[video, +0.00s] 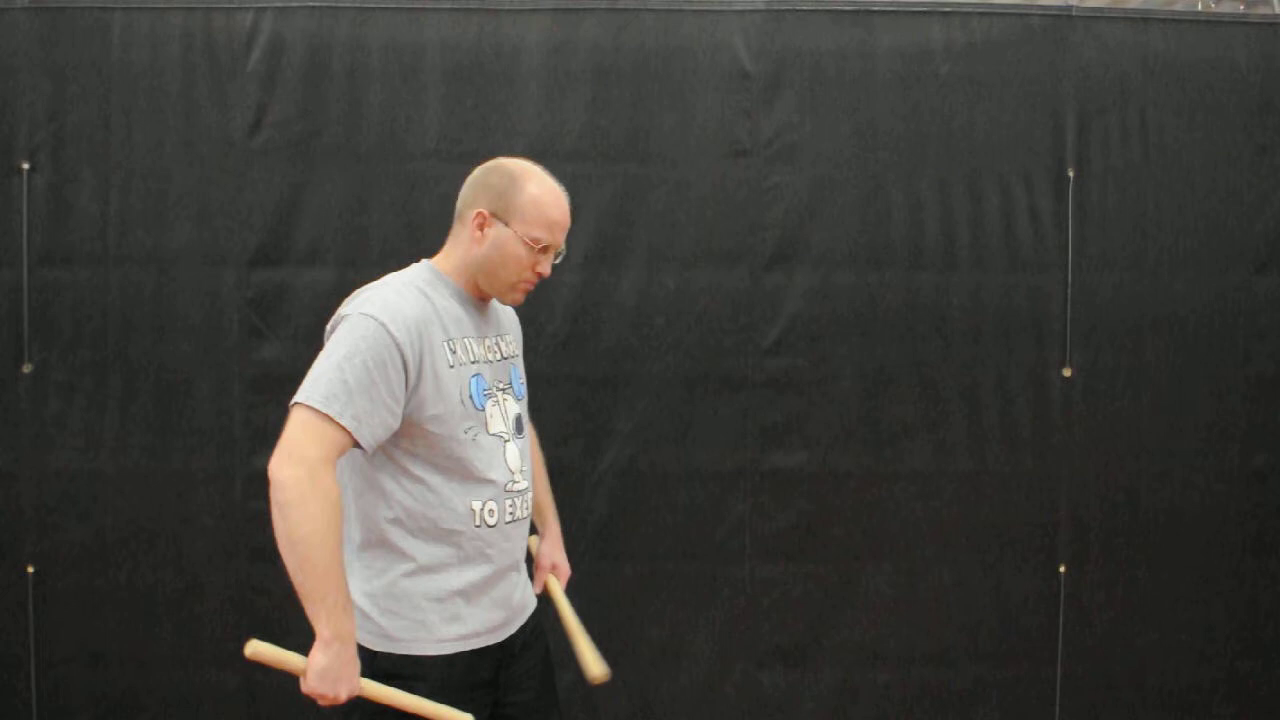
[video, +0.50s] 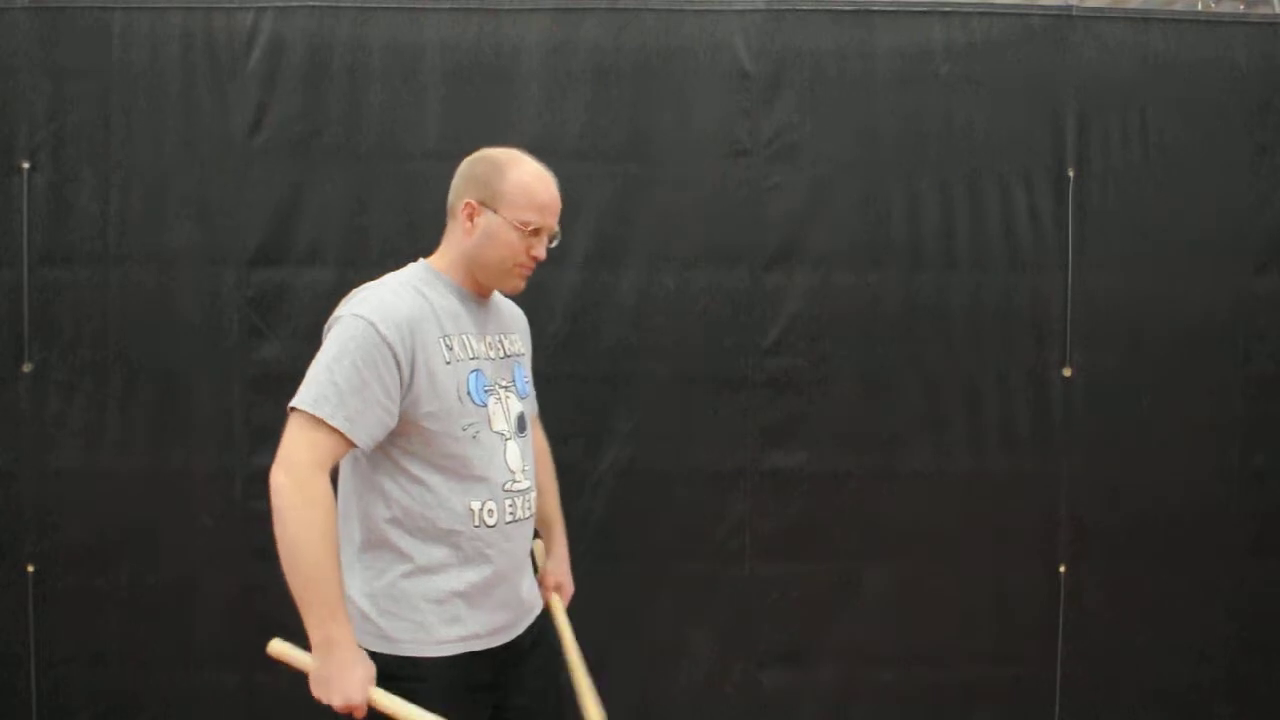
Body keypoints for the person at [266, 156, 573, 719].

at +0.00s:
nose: (546, 268)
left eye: (555, 254)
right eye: (537, 247)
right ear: (481, 226)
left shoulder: (503, 321)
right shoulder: (386, 318)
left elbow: (516, 428)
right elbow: (298, 465)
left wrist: (549, 527)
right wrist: (334, 635)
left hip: (516, 638)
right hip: (406, 661)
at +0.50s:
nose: (541, 253)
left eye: (548, 237)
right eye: (529, 231)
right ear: (471, 216)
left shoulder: (510, 321)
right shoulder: (381, 318)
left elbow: (526, 433)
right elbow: (297, 472)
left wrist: (554, 541)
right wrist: (333, 646)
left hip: (520, 636)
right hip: (411, 658)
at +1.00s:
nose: (511, 221)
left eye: (523, 206)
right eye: (491, 200)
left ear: (532, 217)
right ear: (443, 203)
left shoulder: (517, 318)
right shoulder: (380, 316)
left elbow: (539, 432)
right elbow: (293, 471)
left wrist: (564, 539)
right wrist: (340, 636)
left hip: (524, 637)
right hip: (413, 655)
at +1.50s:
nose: (510, 216)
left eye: (522, 201)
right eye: (491, 196)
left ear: (530, 212)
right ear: (441, 203)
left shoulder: (519, 321)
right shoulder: (377, 319)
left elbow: (536, 444)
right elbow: (301, 480)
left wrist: (577, 560)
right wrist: (335, 646)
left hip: (525, 638)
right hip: (414, 655)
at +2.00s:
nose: (497, 211)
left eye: (506, 197)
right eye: (477, 194)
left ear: (513, 206)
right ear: (425, 202)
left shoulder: (522, 321)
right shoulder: (365, 321)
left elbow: (616, 405)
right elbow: (312, 488)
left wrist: (735, 454)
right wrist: (343, 651)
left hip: (523, 633)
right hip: (413, 653)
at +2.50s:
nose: (501, 213)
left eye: (507, 198)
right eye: (481, 195)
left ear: (513, 206)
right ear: (424, 200)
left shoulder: (529, 315)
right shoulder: (359, 322)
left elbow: (635, 374)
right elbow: (305, 489)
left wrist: (761, 395)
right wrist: (327, 650)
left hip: (527, 633)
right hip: (411, 650)